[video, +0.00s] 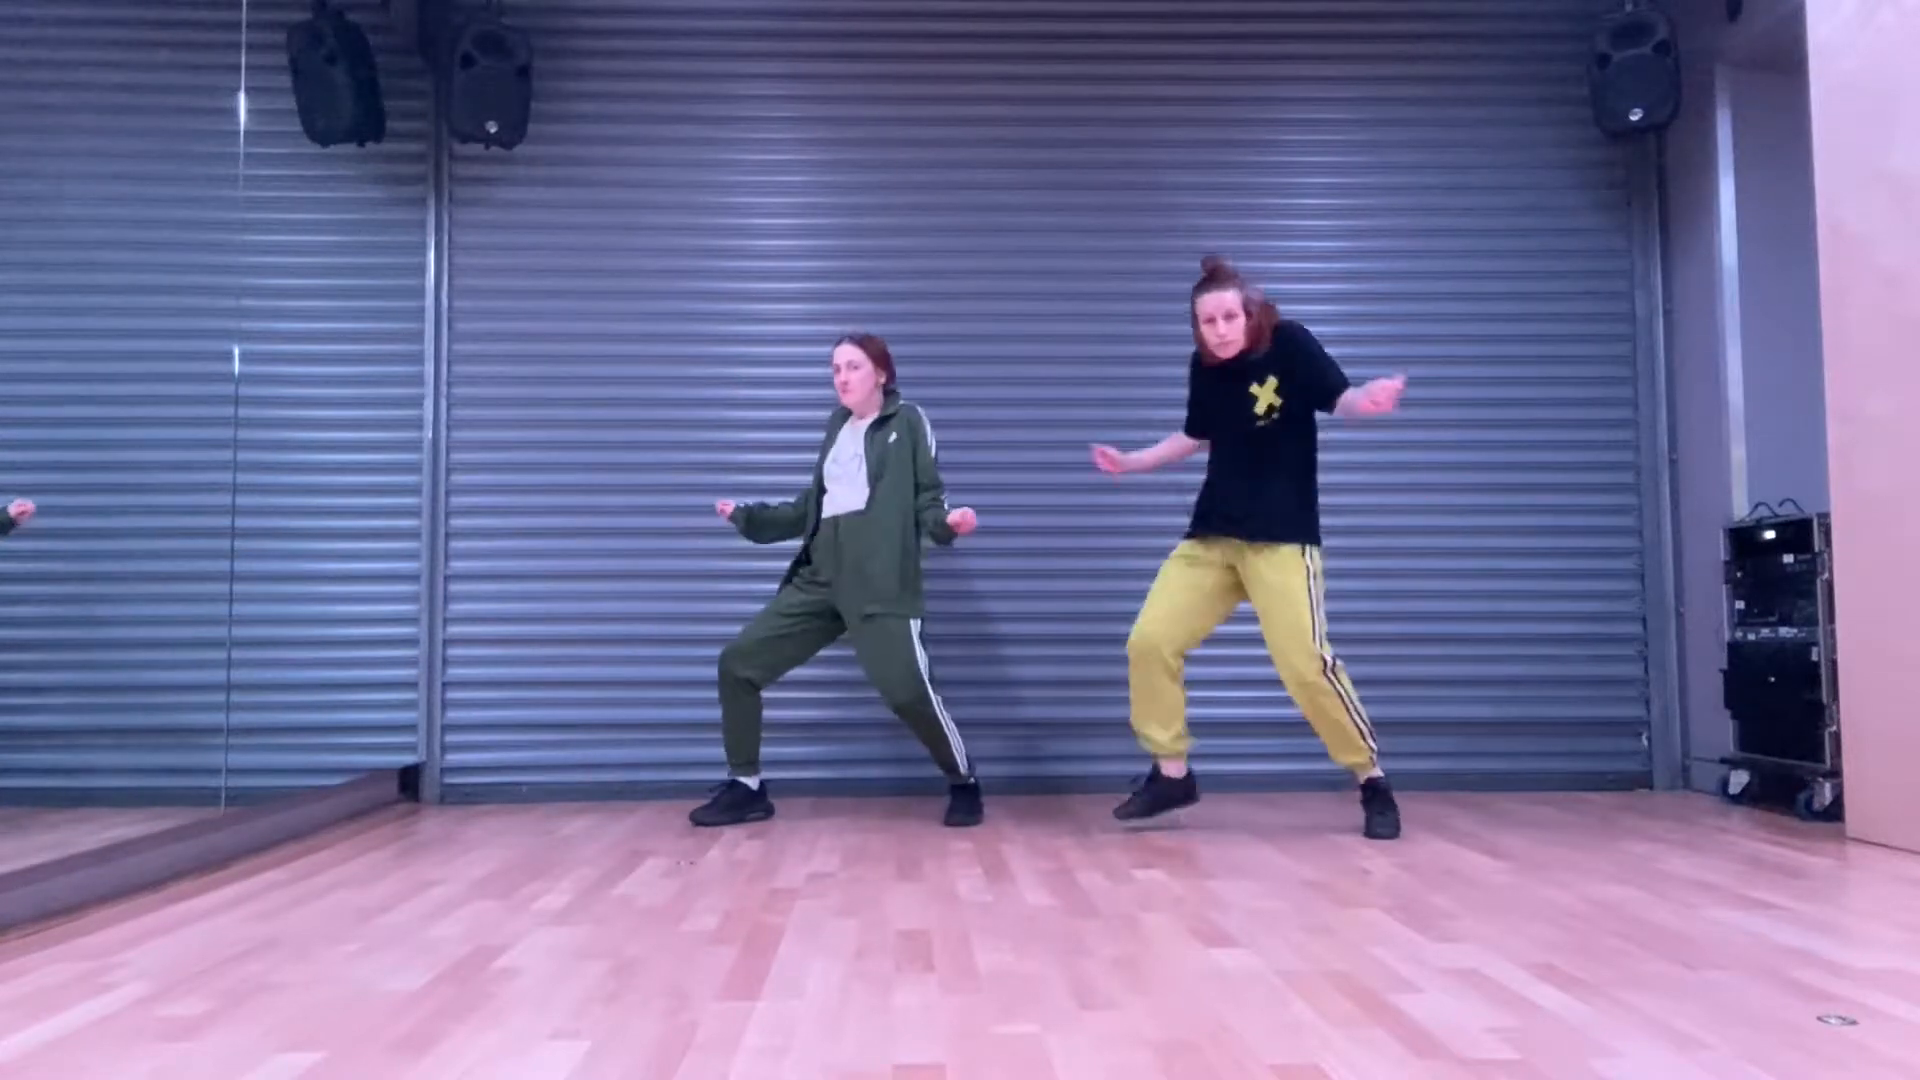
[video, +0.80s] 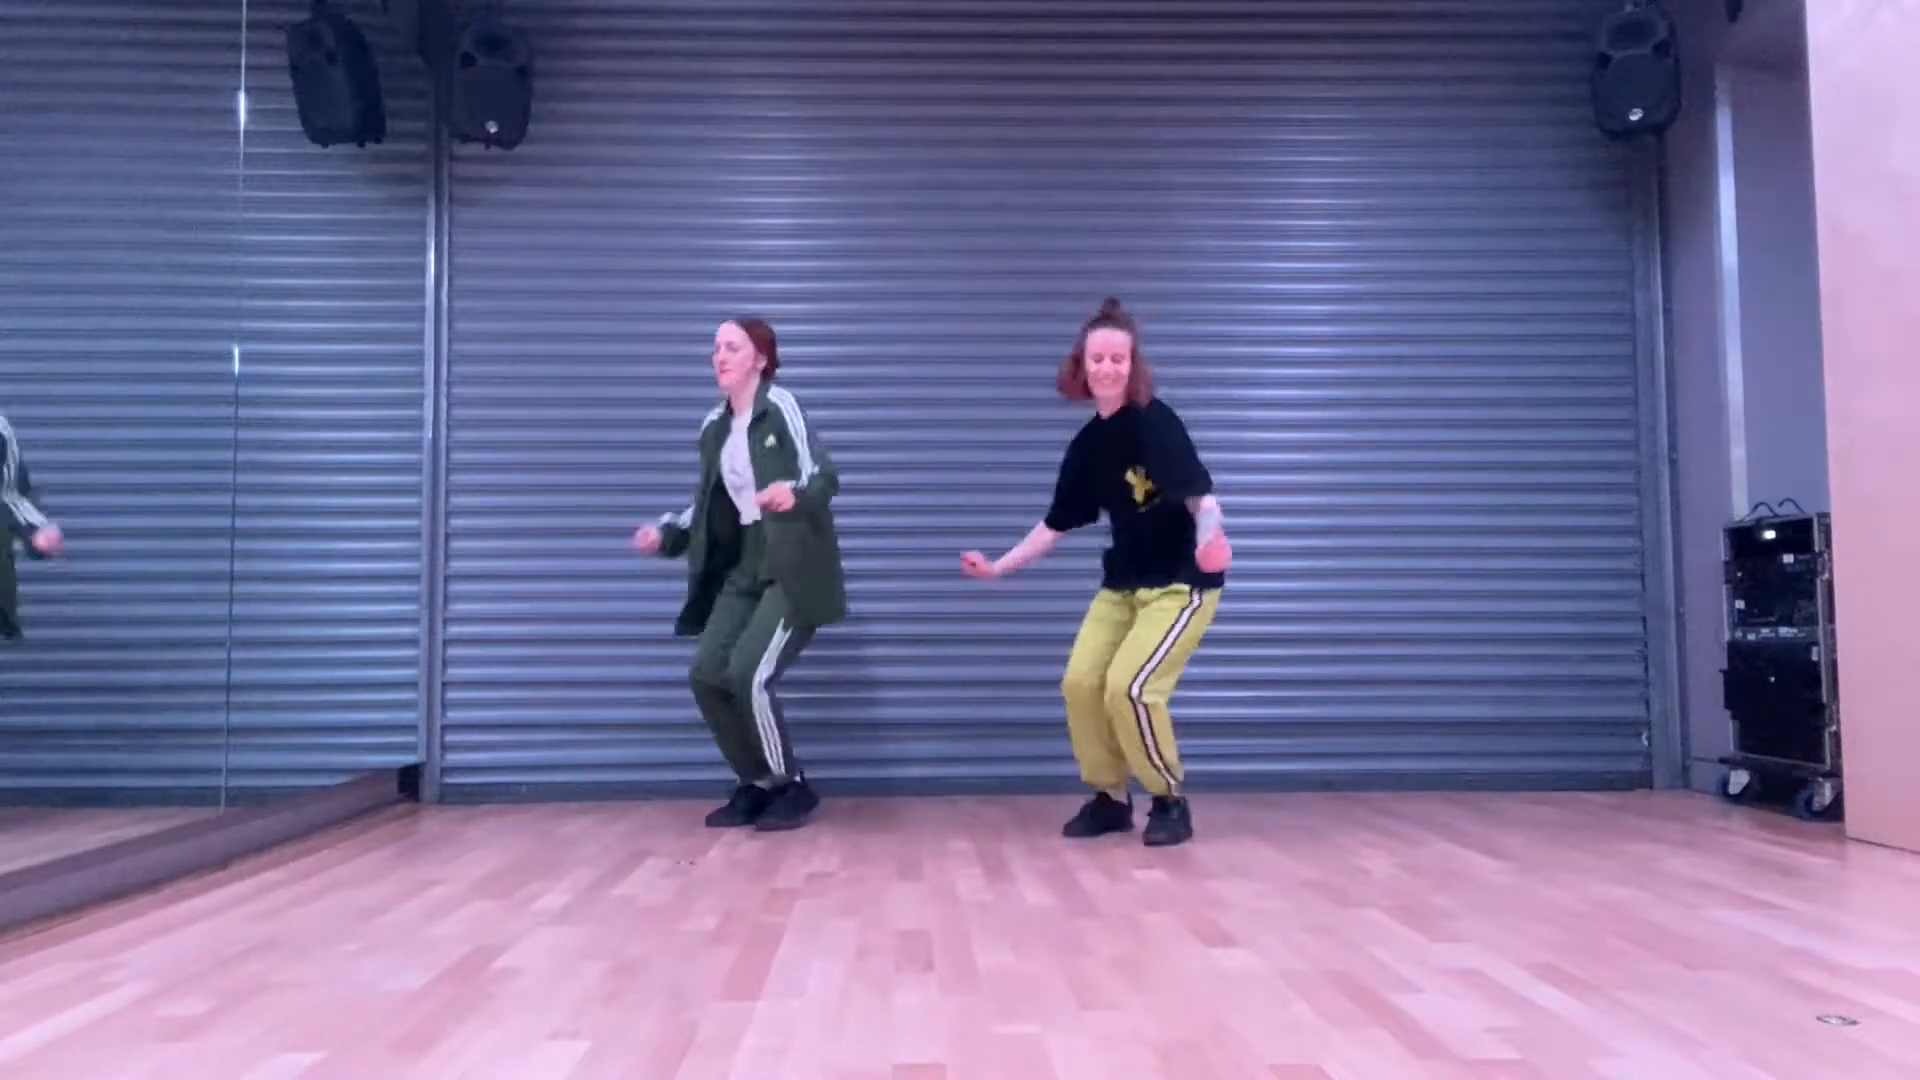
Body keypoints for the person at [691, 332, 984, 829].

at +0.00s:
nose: (841, 377)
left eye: (852, 367)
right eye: (836, 370)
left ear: (881, 374)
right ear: (833, 379)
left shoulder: (908, 422)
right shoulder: (838, 429)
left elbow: (928, 505)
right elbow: (816, 511)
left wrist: (944, 524)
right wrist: (748, 517)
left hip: (883, 583)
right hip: (821, 580)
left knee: (908, 694)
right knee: (739, 664)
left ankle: (963, 784)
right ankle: (745, 787)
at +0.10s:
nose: (828, 362)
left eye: (840, 353)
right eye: (824, 355)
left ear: (869, 362)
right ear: (822, 367)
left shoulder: (887, 404)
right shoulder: (826, 418)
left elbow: (915, 472)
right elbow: (810, 492)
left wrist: (904, 462)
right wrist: (736, 488)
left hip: (874, 570)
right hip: (818, 572)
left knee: (894, 685)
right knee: (744, 663)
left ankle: (962, 783)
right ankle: (745, 787)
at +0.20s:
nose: (791, 341)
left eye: (803, 333)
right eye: (789, 333)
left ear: (831, 345)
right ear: (784, 344)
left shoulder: (838, 379)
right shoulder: (782, 391)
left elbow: (859, 427)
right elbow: (759, 460)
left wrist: (807, 457)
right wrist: (692, 489)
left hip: (870, 552)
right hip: (818, 558)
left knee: (908, 673)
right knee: (762, 650)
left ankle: (966, 778)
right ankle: (753, 778)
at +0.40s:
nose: (745, 342)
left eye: (757, 332)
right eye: (739, 334)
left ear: (784, 339)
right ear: (736, 343)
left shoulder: (800, 399)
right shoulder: (748, 406)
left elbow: (817, 478)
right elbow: (750, 497)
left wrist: (816, 550)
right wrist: (719, 557)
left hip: (825, 557)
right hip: (774, 562)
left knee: (872, 666)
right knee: (735, 661)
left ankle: (957, 767)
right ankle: (761, 786)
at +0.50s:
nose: (733, 363)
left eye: (741, 352)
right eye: (727, 355)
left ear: (773, 354)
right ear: (728, 363)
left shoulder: (812, 404)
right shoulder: (747, 415)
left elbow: (839, 481)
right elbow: (755, 493)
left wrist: (822, 521)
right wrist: (718, 526)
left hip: (789, 562)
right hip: (740, 565)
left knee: (808, 680)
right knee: (710, 673)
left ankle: (906, 752)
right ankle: (761, 788)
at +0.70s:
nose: (727, 369)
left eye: (738, 359)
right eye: (721, 360)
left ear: (766, 366)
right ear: (718, 368)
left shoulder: (790, 414)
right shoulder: (717, 432)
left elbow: (809, 486)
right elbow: (692, 518)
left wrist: (776, 546)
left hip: (797, 559)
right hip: (745, 561)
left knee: (726, 671)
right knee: (706, 675)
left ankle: (784, 778)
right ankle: (754, 783)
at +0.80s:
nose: (718, 356)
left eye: (730, 348)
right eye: (716, 348)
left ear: (759, 359)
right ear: (714, 360)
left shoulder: (782, 406)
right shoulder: (714, 430)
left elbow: (822, 478)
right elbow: (710, 509)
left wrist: (796, 494)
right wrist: (668, 535)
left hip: (795, 569)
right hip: (743, 571)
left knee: (748, 678)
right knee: (708, 675)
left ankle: (790, 787)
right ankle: (755, 786)